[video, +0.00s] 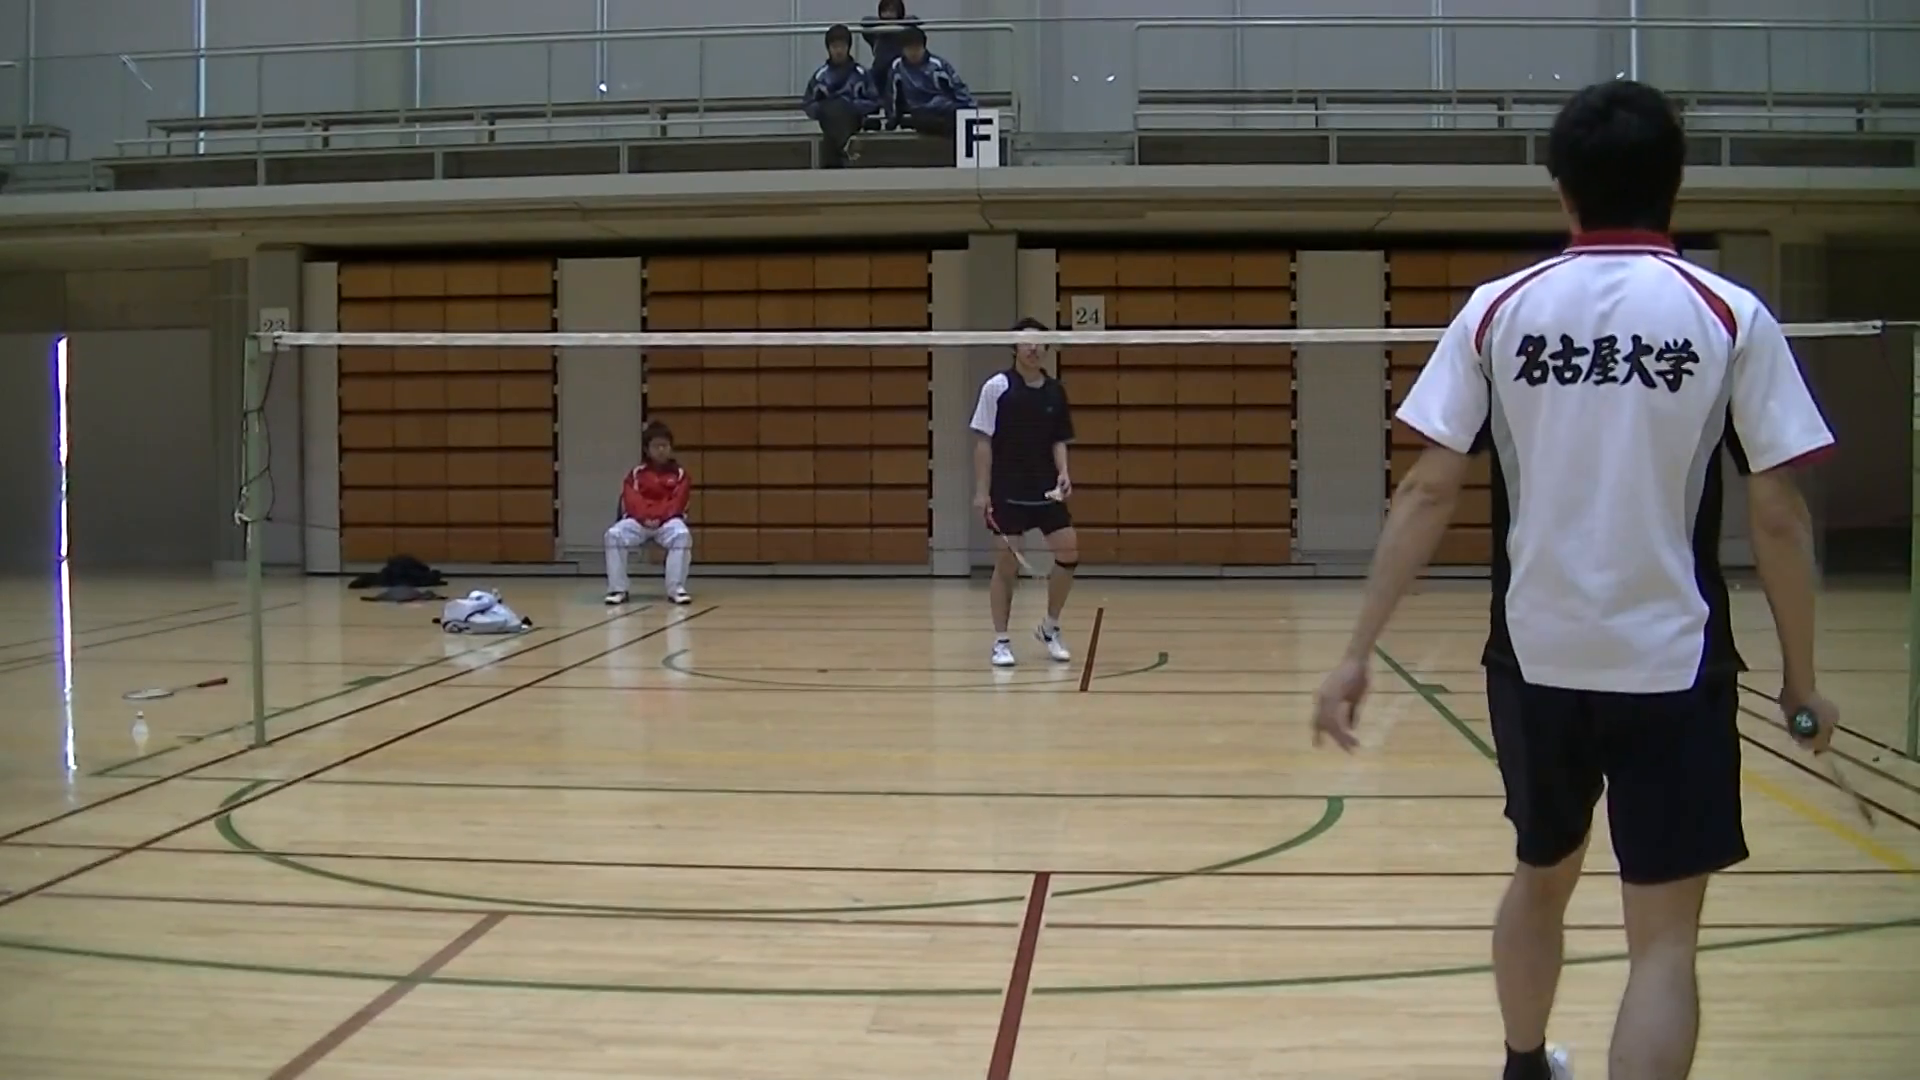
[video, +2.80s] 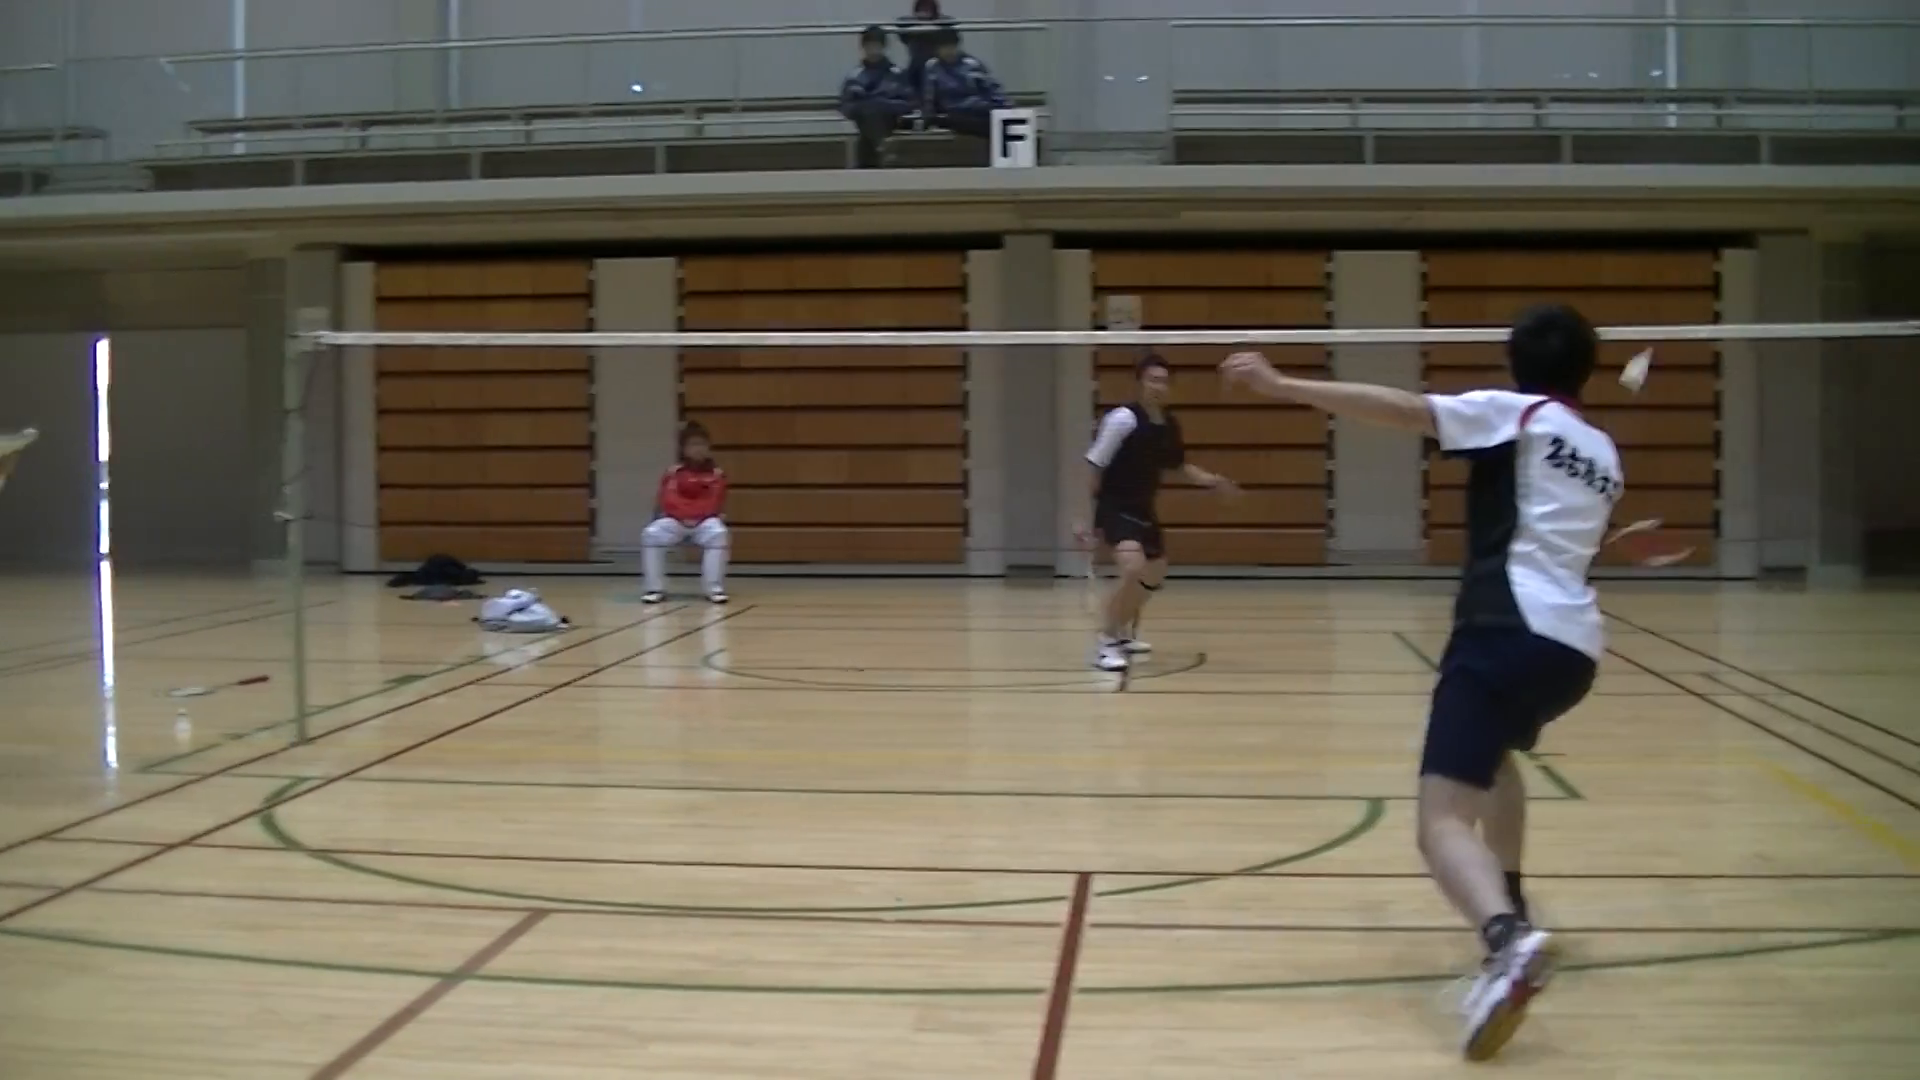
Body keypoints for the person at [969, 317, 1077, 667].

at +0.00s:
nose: (1034, 351)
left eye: (1039, 345)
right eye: (1027, 345)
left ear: (1045, 348)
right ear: (1015, 349)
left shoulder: (1053, 389)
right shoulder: (996, 386)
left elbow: (1058, 438)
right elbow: (983, 440)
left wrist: (1063, 472)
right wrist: (982, 490)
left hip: (1045, 488)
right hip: (1007, 489)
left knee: (1068, 552)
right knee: (1007, 562)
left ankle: (1050, 627)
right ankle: (1001, 641)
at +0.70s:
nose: (1067, 363)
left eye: (1073, 357)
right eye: (1062, 355)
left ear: (1078, 361)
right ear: (1047, 356)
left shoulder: (1079, 397)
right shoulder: (1023, 387)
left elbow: (1097, 435)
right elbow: (997, 432)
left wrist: (1113, 444)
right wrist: (987, 478)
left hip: (1063, 490)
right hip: (1029, 487)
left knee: (1052, 565)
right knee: (1029, 558)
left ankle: (1041, 638)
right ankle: (1016, 640)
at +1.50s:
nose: (1062, 353)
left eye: (1067, 348)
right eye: (1056, 346)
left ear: (1071, 354)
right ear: (1040, 350)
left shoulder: (1075, 395)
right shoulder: (1015, 381)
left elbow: (1100, 419)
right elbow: (969, 402)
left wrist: (1113, 428)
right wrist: (972, 431)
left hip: (1062, 488)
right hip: (1025, 487)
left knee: (1070, 561)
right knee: (1030, 563)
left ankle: (1055, 627)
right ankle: (1026, 646)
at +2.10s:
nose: (1068, 353)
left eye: (1073, 347)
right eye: (1061, 347)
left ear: (1079, 350)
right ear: (1047, 348)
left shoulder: (1083, 392)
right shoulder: (1028, 382)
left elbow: (1094, 442)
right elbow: (1000, 424)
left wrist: (1111, 445)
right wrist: (992, 462)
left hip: (1072, 488)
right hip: (1036, 488)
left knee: (1094, 554)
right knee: (1035, 565)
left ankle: (1072, 617)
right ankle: (1027, 646)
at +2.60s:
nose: (1113, 358)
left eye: (1119, 353)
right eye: (1107, 351)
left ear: (1124, 359)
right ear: (1094, 355)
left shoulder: (1119, 395)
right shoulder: (1073, 389)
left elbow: (1111, 442)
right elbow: (1045, 439)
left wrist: (1135, 471)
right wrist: (1036, 488)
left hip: (1096, 483)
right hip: (1066, 482)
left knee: (1107, 553)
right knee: (1078, 547)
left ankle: (1092, 628)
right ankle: (1057, 635)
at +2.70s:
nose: (1124, 364)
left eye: (1130, 359)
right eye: (1118, 357)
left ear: (1136, 365)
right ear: (1105, 360)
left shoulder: (1131, 400)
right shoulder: (1087, 394)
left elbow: (1124, 447)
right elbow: (1058, 447)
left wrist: (1152, 475)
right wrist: (1051, 499)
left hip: (1108, 491)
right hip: (1080, 489)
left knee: (1120, 551)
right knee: (1094, 552)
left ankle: (1098, 625)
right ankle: (1073, 638)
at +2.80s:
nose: (1159, 387)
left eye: (1164, 381)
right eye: (1153, 380)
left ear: (1169, 386)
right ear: (1139, 383)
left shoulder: (1168, 423)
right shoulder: (1122, 420)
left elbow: (1178, 466)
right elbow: (1092, 468)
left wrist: (1211, 480)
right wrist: (1085, 520)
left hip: (1143, 508)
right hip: (1115, 506)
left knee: (1155, 572)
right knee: (1133, 565)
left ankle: (1122, 631)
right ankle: (1108, 641)